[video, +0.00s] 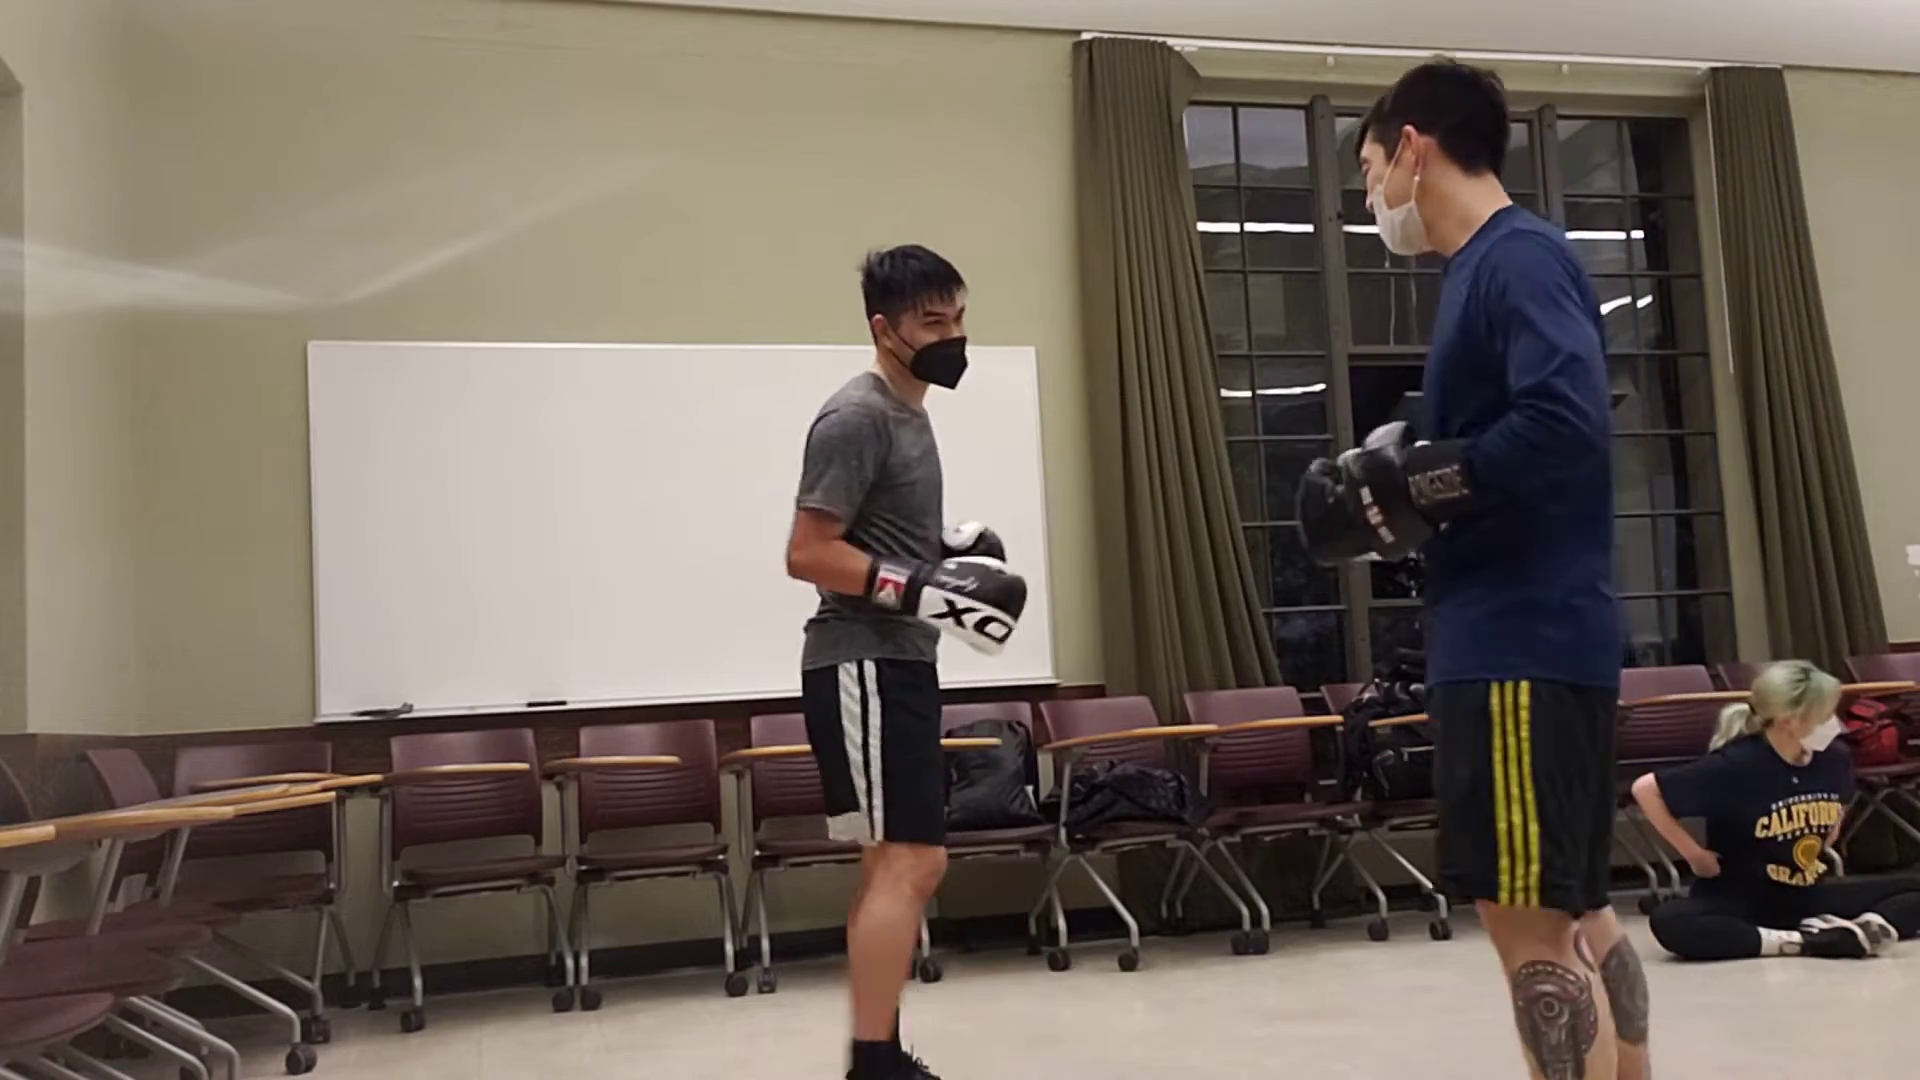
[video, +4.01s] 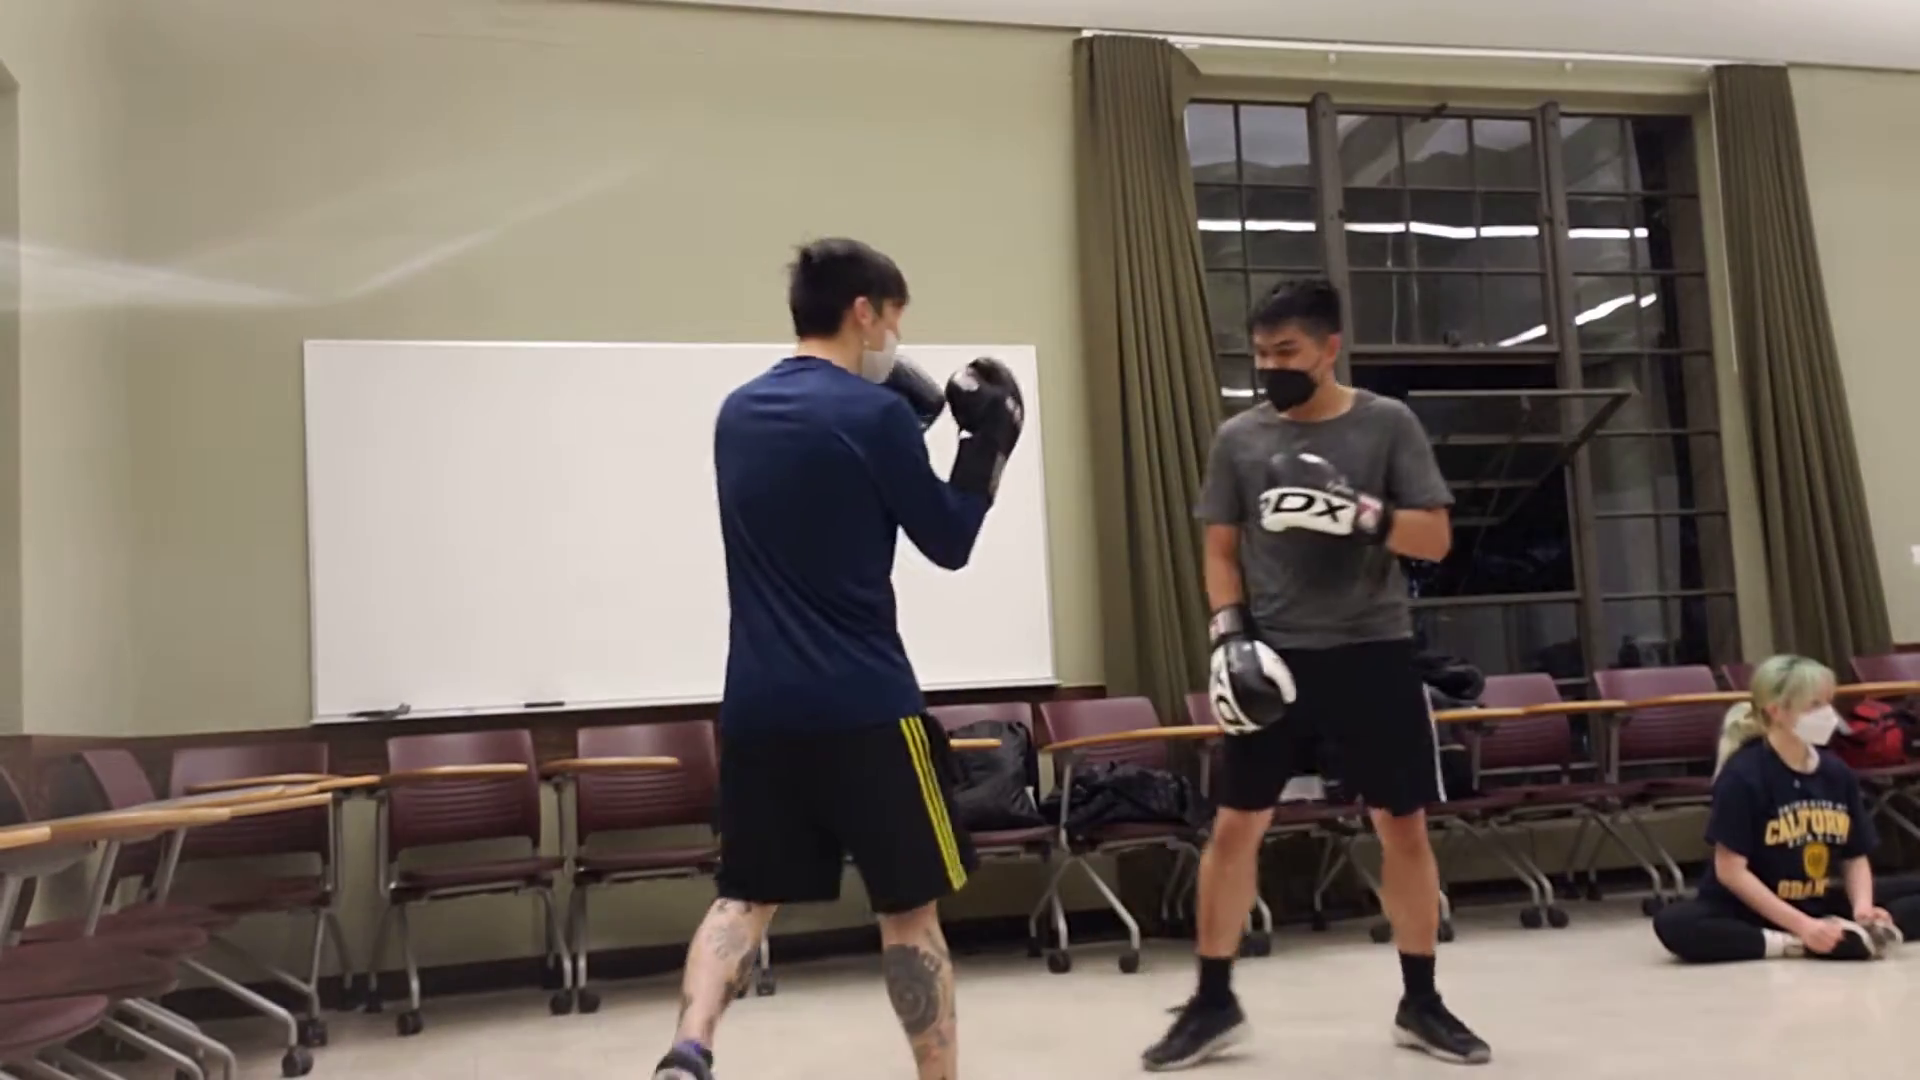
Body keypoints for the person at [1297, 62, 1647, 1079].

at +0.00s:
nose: (1372, 200)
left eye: (1370, 173)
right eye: (1367, 179)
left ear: (1414, 149)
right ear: (1441, 154)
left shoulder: (1518, 256)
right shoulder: (1492, 266)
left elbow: (1565, 424)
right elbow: (1516, 443)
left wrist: (1420, 480)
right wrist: (1397, 499)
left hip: (1521, 649)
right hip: (1525, 645)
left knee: (1521, 914)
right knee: (1577, 910)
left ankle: (1583, 1079)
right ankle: (1625, 1074)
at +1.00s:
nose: (1207, 221)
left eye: (1207, 198)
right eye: (1205, 201)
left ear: (1239, 187)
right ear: (1296, 186)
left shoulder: (1314, 288)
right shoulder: (1331, 282)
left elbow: (1362, 458)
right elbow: (1328, 465)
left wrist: (1234, 519)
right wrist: (1216, 533)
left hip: (1332, 668)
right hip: (1324, 665)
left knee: (1358, 936)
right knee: (1348, 933)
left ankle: (1492, 1066)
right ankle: (1363, 1074)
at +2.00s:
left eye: (805, 205)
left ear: (802, 219)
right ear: (908, 217)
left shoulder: (750, 353)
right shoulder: (975, 345)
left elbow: (719, 549)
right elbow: (1070, 505)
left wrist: (806, 503)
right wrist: (953, 543)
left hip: (787, 718)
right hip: (938, 711)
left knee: (674, 982)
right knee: (973, 945)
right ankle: (1014, 1068)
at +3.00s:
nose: (765, 292)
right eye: (765, 281)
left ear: (665, 289)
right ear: (755, 282)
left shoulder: (607, 378)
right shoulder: (810, 390)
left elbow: (679, 481)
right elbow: (898, 510)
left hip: (664, 698)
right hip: (791, 703)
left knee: (596, 924)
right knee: (811, 933)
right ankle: (819, 1076)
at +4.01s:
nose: (895, 341)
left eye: (900, 325)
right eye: (895, 323)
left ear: (803, 316)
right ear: (861, 314)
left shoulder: (740, 410)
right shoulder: (875, 416)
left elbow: (815, 493)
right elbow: (948, 539)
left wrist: (899, 417)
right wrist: (991, 444)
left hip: (757, 703)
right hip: (866, 703)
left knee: (744, 892)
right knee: (907, 909)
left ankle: (689, 1047)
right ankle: (938, 1070)